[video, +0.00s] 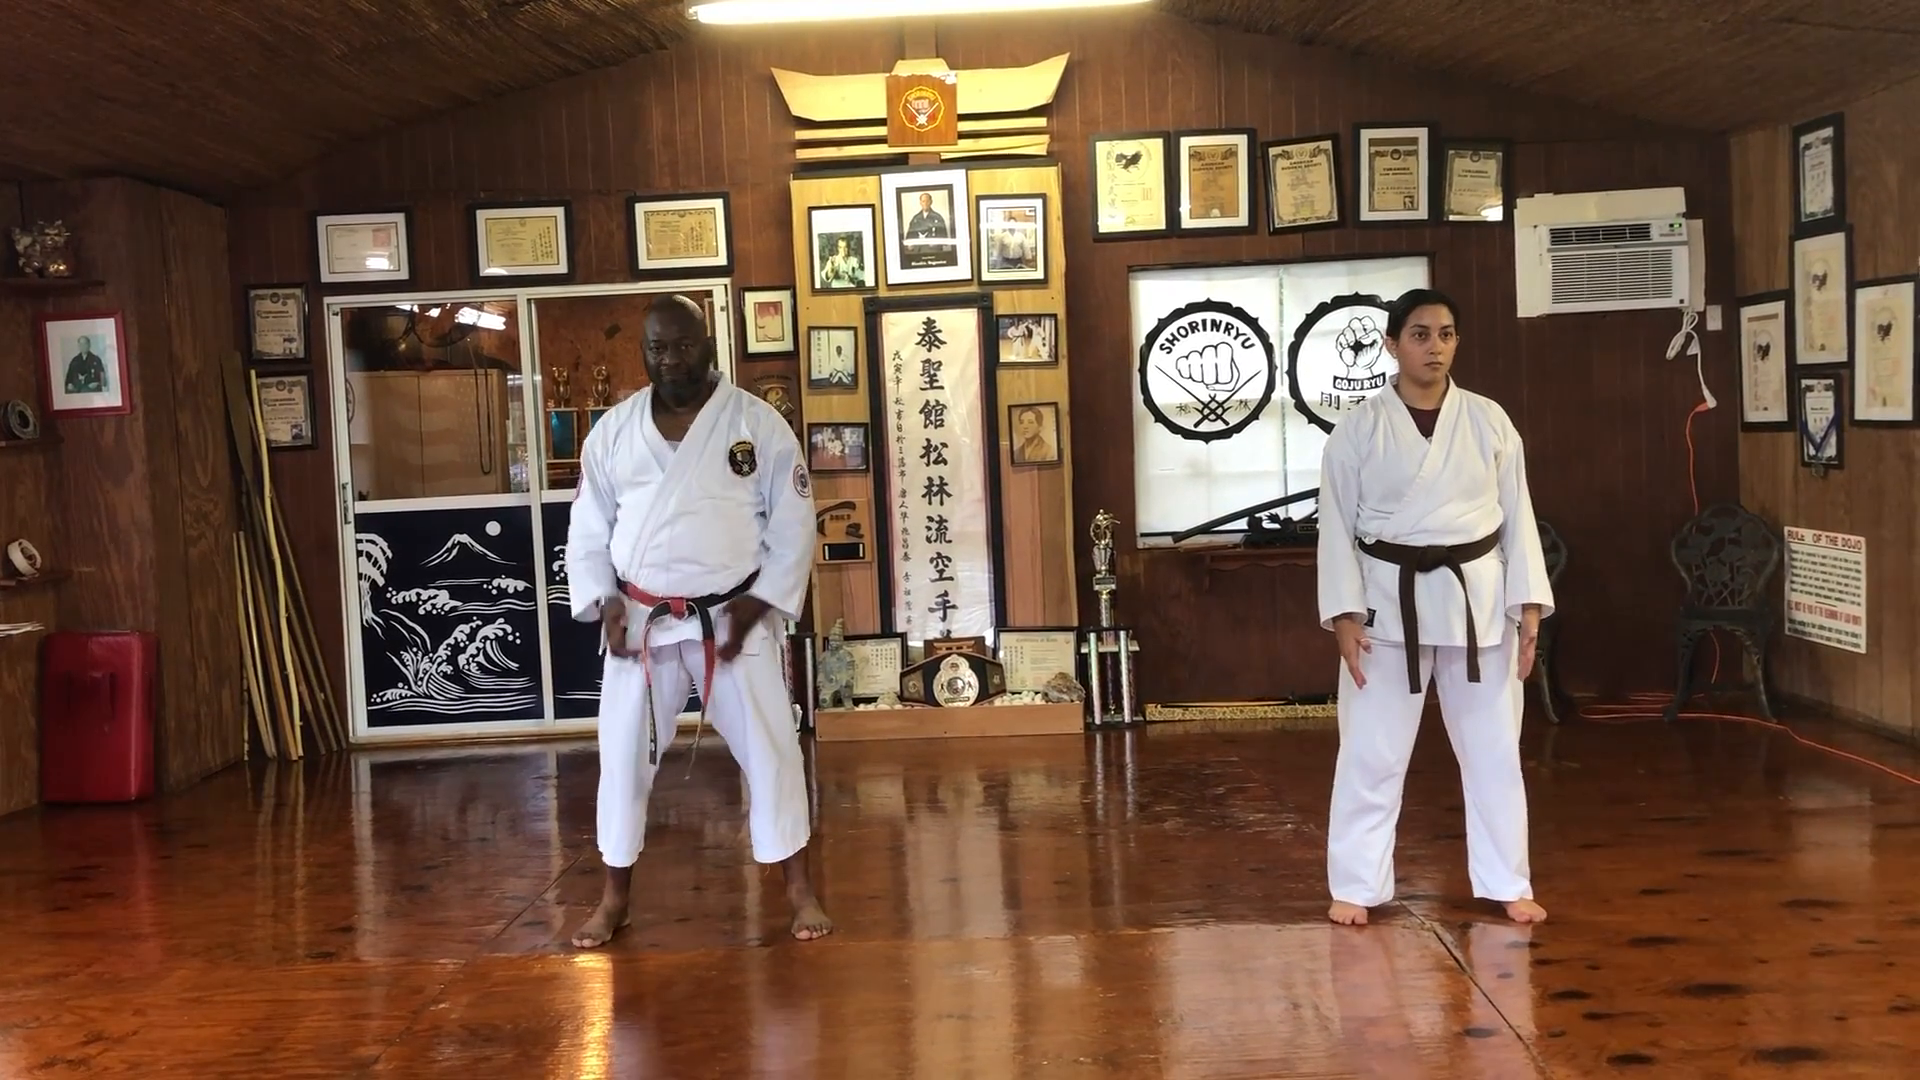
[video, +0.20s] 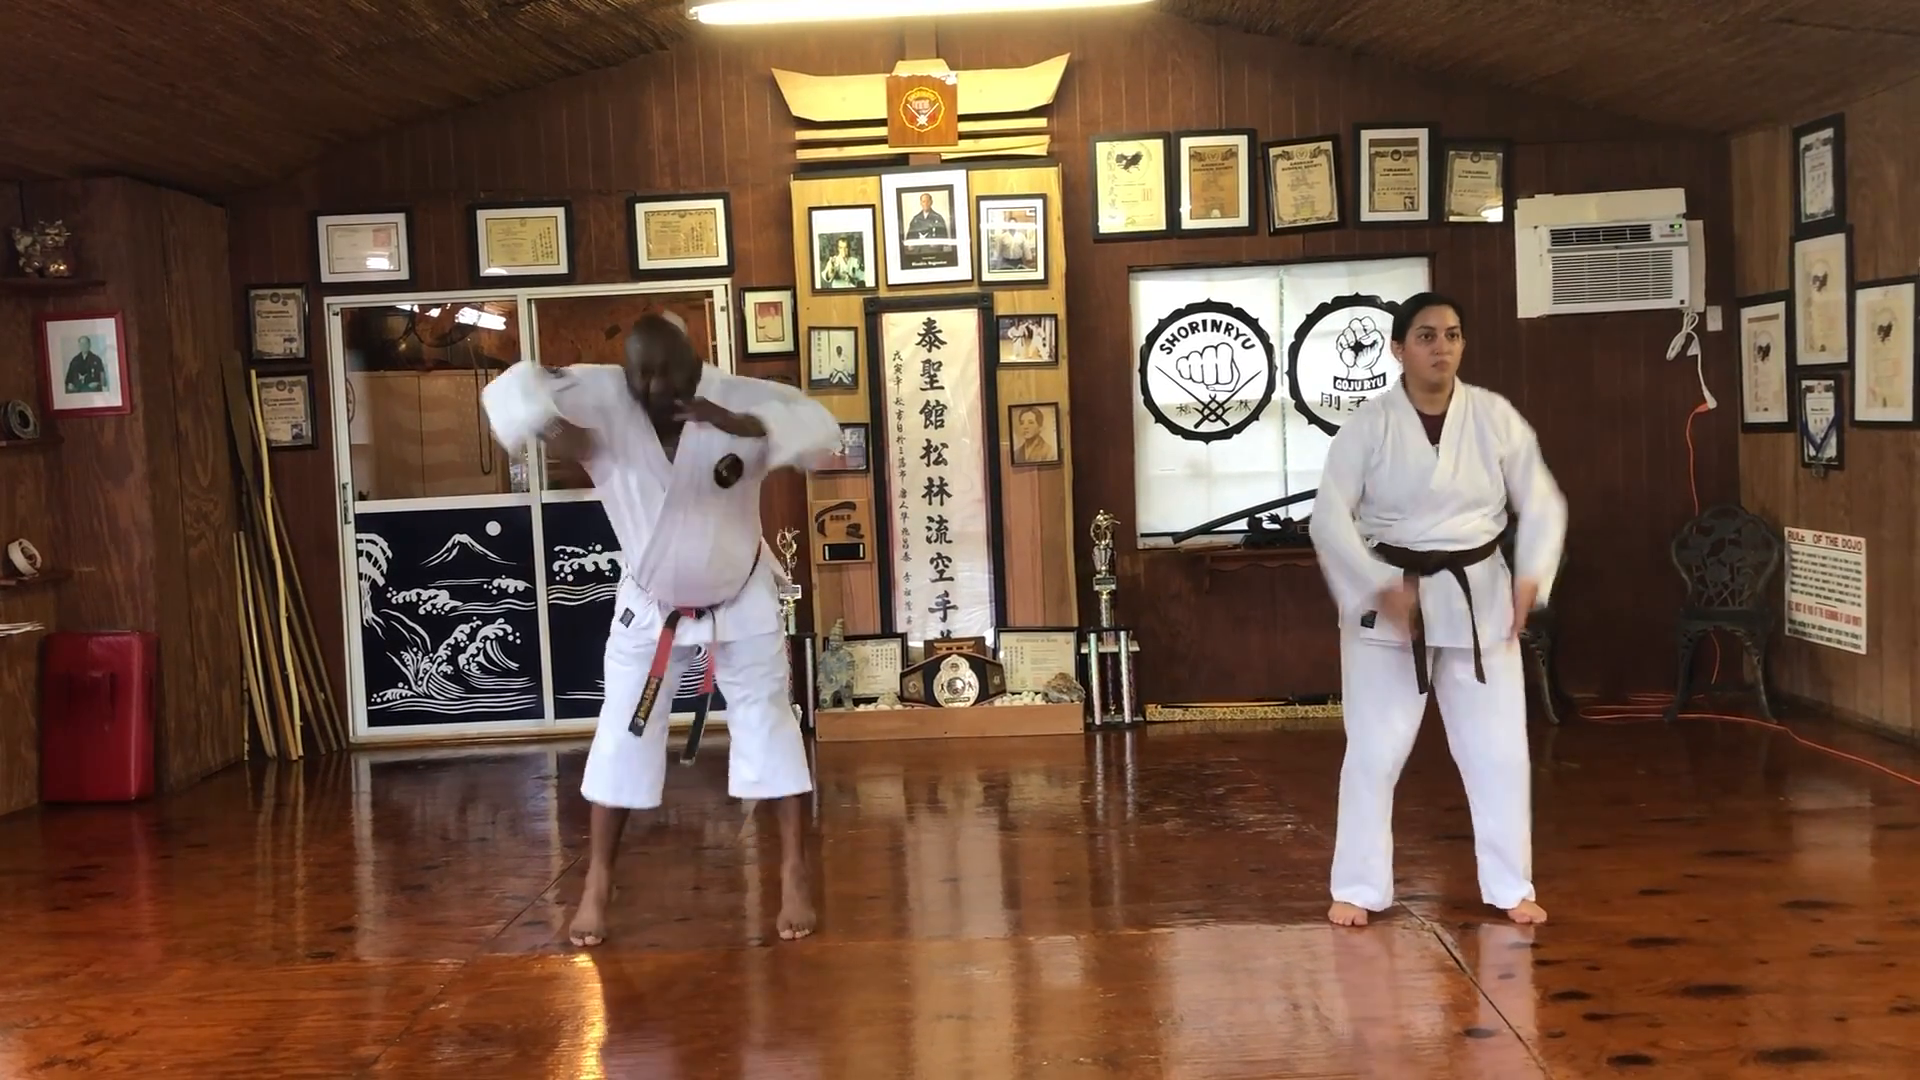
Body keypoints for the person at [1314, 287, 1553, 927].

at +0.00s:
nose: (1435, 345)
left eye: (1445, 334)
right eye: (1420, 333)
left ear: (1457, 344)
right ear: (1393, 345)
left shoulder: (1489, 420)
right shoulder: (1358, 427)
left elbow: (1518, 519)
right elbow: (1336, 523)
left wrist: (1529, 606)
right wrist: (1343, 611)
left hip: (1480, 603)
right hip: (1387, 603)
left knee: (1494, 755)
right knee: (1372, 756)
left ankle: (1508, 885)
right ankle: (1354, 890)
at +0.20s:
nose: (1441, 347)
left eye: (1451, 335)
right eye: (1426, 336)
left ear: (1463, 346)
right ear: (1399, 348)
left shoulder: (1496, 418)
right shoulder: (1368, 424)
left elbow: (1542, 504)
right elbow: (1329, 519)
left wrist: (1529, 578)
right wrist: (1381, 584)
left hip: (1481, 594)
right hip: (1388, 594)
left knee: (1499, 750)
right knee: (1374, 752)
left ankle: (1510, 889)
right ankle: (1357, 891)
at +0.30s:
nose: (1451, 352)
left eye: (1460, 341)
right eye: (1436, 342)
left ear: (1473, 354)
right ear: (1407, 356)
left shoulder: (1503, 406)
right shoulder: (1372, 415)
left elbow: (1588, 431)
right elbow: (1369, 443)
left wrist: (1564, 454)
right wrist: (1421, 462)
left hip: (1470, 585)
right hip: (1380, 586)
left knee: (1490, 732)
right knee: (1371, 735)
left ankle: (1512, 878)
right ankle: (1349, 881)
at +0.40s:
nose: (1457, 386)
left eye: (1467, 374)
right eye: (1445, 376)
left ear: (1481, 385)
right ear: (1420, 386)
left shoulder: (1498, 434)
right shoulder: (1389, 446)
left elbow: (1539, 403)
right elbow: (1394, 419)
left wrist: (1577, 348)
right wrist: (1423, 366)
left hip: (1471, 590)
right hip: (1380, 590)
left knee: (1486, 732)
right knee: (1371, 735)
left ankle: (1509, 881)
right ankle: (1348, 881)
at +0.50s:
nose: (1453, 391)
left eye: (1465, 380)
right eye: (1442, 383)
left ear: (1480, 389)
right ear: (1419, 392)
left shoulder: (1496, 436)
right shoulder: (1389, 446)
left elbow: (1544, 416)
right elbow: (1390, 426)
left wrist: (1575, 376)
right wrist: (1431, 372)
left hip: (1471, 594)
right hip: (1379, 595)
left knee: (1488, 734)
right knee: (1374, 740)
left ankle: (1508, 879)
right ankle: (1350, 883)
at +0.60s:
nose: (1450, 391)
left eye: (1461, 380)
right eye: (1438, 382)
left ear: (1478, 388)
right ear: (1416, 389)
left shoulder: (1493, 436)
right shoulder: (1386, 443)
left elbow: (1549, 421)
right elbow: (1383, 432)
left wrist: (1580, 382)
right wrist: (1414, 381)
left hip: (1466, 594)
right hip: (1376, 594)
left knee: (1484, 736)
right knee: (1375, 739)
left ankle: (1509, 879)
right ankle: (1350, 883)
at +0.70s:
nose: (1439, 398)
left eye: (1451, 385)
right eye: (1426, 387)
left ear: (1474, 391)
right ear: (1407, 394)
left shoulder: (1494, 437)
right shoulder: (1388, 448)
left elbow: (1559, 419)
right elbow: (1372, 447)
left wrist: (1569, 373)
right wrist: (1397, 392)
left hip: (1455, 598)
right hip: (1364, 595)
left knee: (1482, 737)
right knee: (1361, 734)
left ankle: (1510, 879)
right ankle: (1344, 878)